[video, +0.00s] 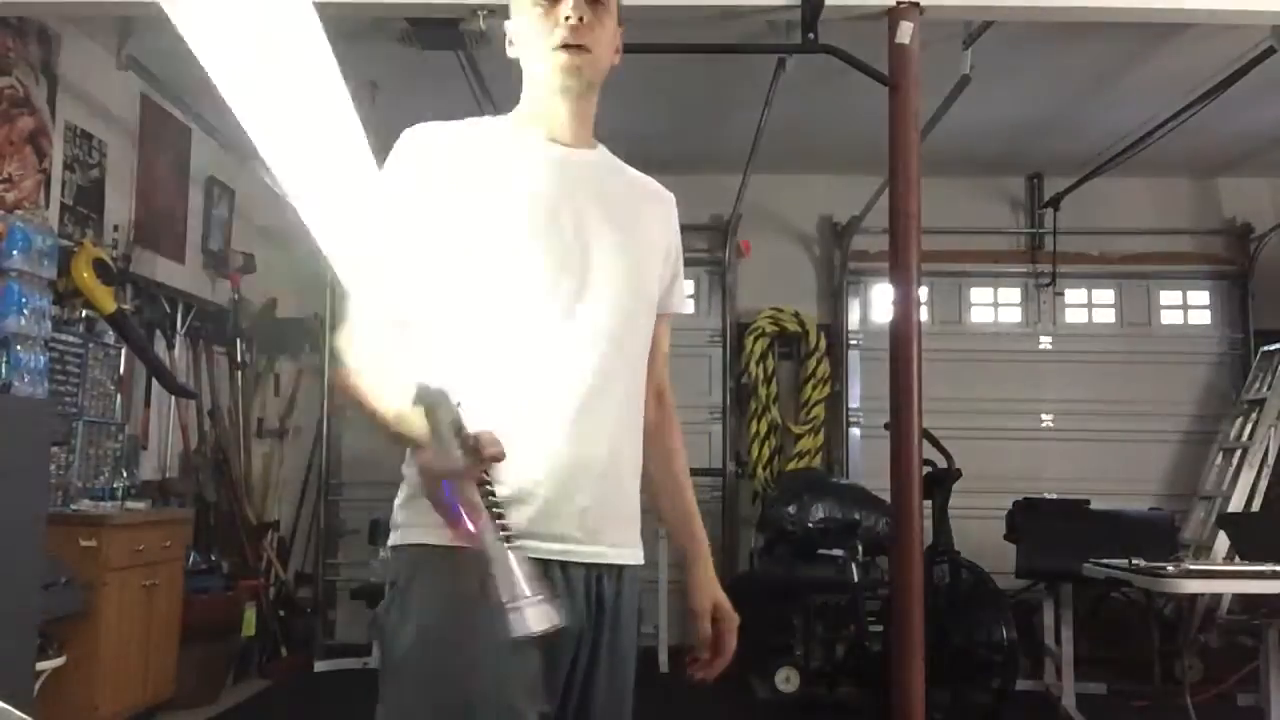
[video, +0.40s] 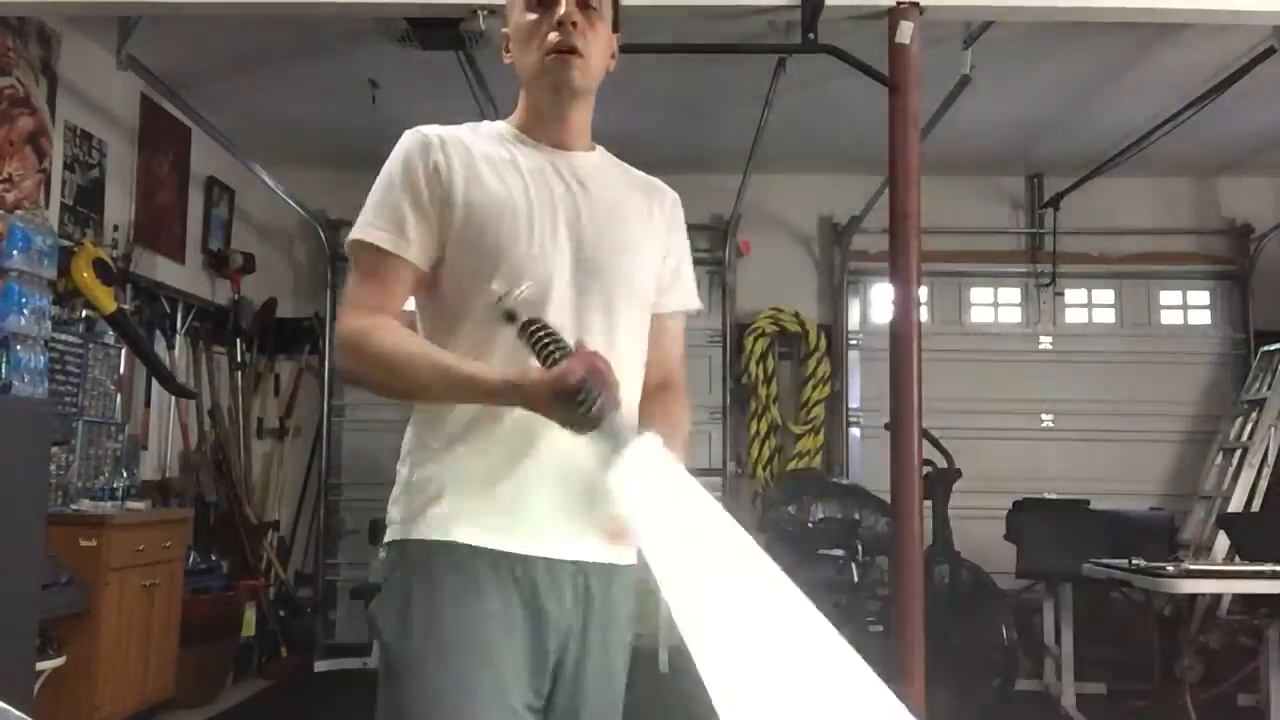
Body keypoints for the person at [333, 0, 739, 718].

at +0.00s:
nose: (573, 13)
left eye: (594, 2)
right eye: (548, 0)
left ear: (619, 41)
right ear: (510, 34)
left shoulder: (652, 206)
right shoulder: (432, 156)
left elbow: (652, 400)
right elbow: (358, 348)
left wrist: (698, 560)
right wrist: (432, 432)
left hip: (610, 574)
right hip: (461, 558)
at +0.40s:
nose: (565, 15)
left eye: (588, 6)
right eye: (541, 4)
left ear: (613, 51)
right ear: (507, 41)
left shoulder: (656, 206)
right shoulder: (436, 158)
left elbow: (664, 386)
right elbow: (360, 335)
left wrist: (654, 483)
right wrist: (520, 388)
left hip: (606, 567)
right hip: (462, 558)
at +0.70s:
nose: (529, 12)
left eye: (554, 4)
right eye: (507, 2)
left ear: (585, 47)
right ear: (476, 41)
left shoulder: (642, 196)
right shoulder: (411, 158)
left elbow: (680, 374)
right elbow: (348, 308)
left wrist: (622, 405)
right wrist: (556, 326)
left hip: (596, 562)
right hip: (441, 555)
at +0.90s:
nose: (480, 8)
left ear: (536, 34)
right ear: (425, 31)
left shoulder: (605, 192)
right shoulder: (362, 156)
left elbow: (633, 358)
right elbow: (336, 323)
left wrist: (636, 399)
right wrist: (558, 326)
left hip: (574, 572)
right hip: (411, 568)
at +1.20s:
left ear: (402, 10)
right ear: (273, 6)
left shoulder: (479, 179)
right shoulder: (197, 122)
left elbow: (504, 393)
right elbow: (206, 323)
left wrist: (533, 436)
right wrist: (467, 356)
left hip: (453, 603)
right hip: (253, 602)